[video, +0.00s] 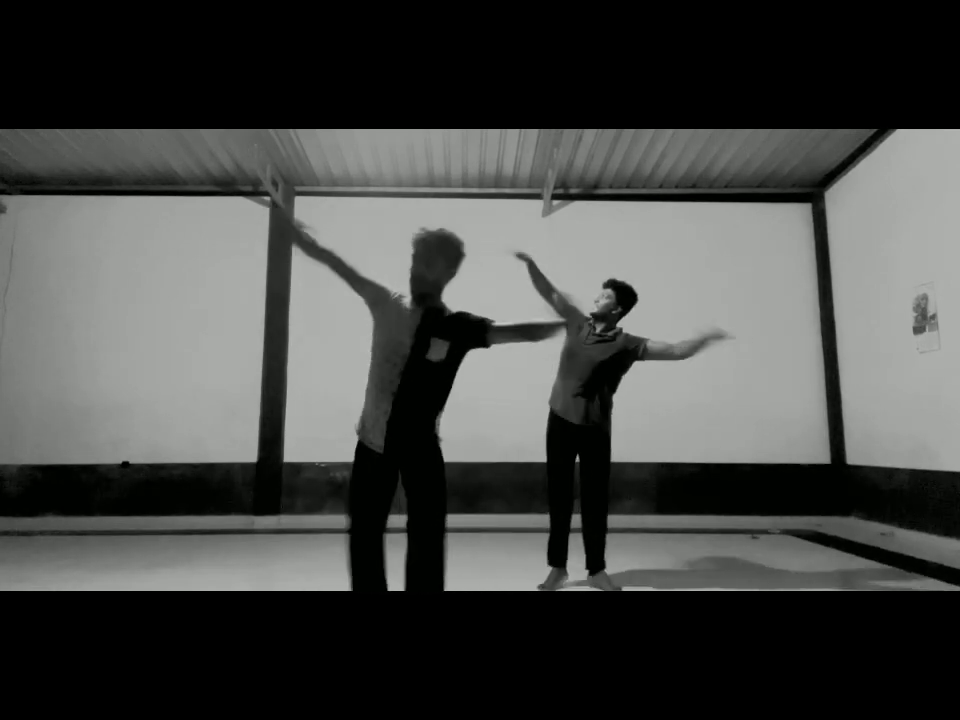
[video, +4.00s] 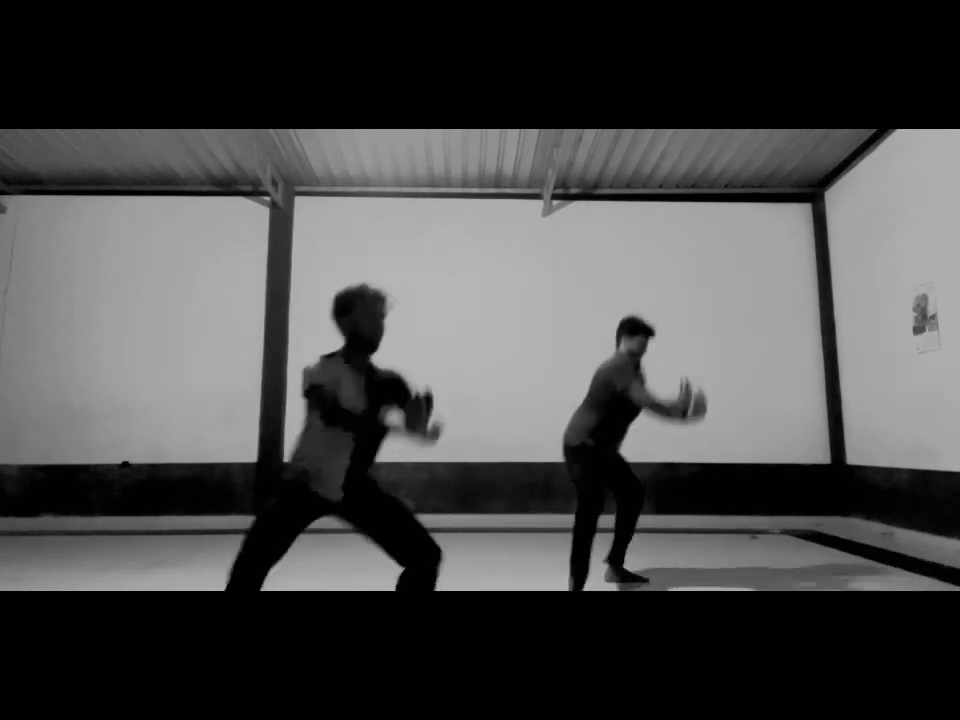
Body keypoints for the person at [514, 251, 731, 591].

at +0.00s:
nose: (597, 299)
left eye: (605, 297)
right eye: (600, 295)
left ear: (618, 309)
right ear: (599, 302)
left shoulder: (629, 345)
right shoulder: (576, 324)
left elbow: (676, 351)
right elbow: (550, 293)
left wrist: (705, 339)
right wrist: (530, 264)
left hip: (595, 432)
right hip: (560, 426)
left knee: (595, 503)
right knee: (559, 501)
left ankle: (596, 571)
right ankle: (557, 569)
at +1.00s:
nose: (612, 312)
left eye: (615, 307)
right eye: (605, 309)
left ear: (622, 311)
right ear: (597, 316)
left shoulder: (640, 341)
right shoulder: (591, 344)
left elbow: (664, 310)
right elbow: (563, 324)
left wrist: (635, 288)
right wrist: (584, 294)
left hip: (629, 429)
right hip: (595, 428)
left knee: (645, 494)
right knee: (597, 496)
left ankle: (657, 565)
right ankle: (607, 563)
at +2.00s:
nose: (509, 342)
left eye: (509, 335)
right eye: (501, 341)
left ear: (516, 330)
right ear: (497, 346)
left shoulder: (551, 349)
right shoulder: (500, 370)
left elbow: (592, 326)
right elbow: (456, 353)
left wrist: (636, 318)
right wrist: (423, 333)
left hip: (581, 422)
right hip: (545, 441)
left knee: (640, 415)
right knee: (513, 498)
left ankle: (627, 467)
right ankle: (514, 573)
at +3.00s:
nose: (637, 310)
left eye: (630, 306)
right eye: (633, 306)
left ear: (609, 319)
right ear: (632, 311)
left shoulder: (600, 346)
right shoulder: (656, 336)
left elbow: (559, 331)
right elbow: (707, 317)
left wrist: (535, 309)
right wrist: (739, 287)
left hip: (626, 434)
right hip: (666, 427)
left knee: (609, 498)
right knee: (721, 472)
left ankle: (615, 574)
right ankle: (751, 546)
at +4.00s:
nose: (641, 348)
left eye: (644, 342)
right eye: (636, 341)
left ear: (646, 344)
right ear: (622, 340)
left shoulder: (633, 370)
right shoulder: (617, 367)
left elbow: (648, 404)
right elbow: (643, 401)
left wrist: (682, 412)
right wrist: (678, 408)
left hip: (604, 449)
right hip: (583, 448)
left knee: (632, 495)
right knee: (589, 507)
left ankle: (615, 565)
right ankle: (576, 582)